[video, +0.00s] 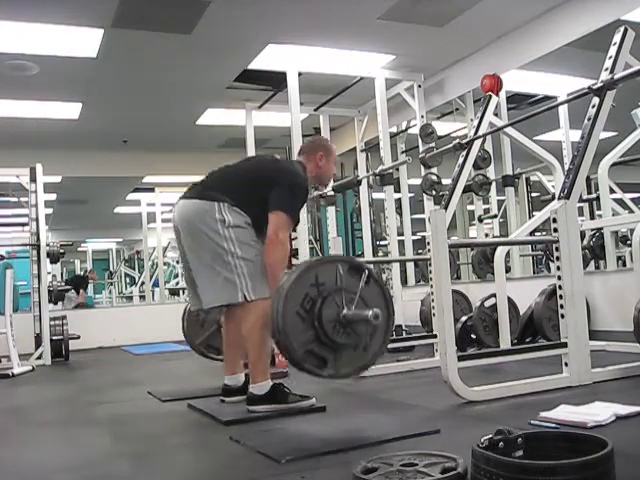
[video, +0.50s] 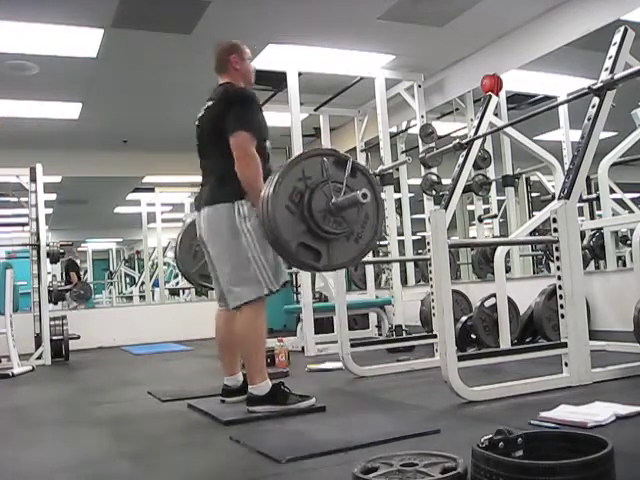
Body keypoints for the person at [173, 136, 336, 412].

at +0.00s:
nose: (334, 173)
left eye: (336, 166)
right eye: (334, 164)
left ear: (309, 158)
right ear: (319, 159)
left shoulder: (276, 172)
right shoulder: (293, 177)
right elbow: (277, 236)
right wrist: (281, 304)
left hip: (190, 209)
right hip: (215, 211)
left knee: (237, 301)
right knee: (259, 298)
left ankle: (234, 383)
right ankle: (262, 389)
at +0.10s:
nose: (329, 150)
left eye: (329, 143)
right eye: (327, 142)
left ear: (303, 137)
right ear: (313, 138)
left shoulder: (271, 152)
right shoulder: (289, 159)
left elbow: (270, 219)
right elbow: (273, 220)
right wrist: (270, 278)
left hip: (193, 205)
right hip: (217, 207)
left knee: (233, 302)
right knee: (256, 298)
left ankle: (234, 383)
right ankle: (262, 389)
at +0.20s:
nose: (318, 122)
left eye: (317, 115)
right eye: (314, 115)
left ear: (286, 118)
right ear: (297, 117)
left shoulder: (259, 136)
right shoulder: (281, 141)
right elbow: (269, 206)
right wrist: (270, 258)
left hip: (195, 203)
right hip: (220, 205)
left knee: (230, 302)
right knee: (251, 298)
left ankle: (234, 382)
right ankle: (262, 389)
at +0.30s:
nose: (297, 101)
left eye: (296, 94)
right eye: (293, 93)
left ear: (266, 94)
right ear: (279, 93)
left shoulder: (244, 120)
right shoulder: (270, 121)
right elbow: (262, 177)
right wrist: (265, 230)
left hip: (200, 204)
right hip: (226, 203)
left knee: (230, 301)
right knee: (249, 299)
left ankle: (234, 382)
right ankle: (261, 388)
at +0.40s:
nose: (274, 79)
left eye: (272, 73)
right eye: (270, 73)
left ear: (242, 78)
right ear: (257, 74)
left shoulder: (225, 111)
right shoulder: (256, 107)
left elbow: (208, 170)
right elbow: (253, 159)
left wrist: (196, 221)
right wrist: (269, 212)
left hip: (207, 209)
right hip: (232, 208)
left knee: (229, 302)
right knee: (251, 299)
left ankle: (234, 382)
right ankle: (261, 388)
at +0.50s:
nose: (253, 67)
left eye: (251, 60)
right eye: (250, 60)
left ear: (223, 67)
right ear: (237, 62)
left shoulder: (212, 104)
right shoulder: (240, 97)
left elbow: (212, 167)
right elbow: (245, 157)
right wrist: (266, 207)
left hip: (211, 210)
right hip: (233, 208)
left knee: (229, 301)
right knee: (252, 298)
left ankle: (233, 381)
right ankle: (261, 388)